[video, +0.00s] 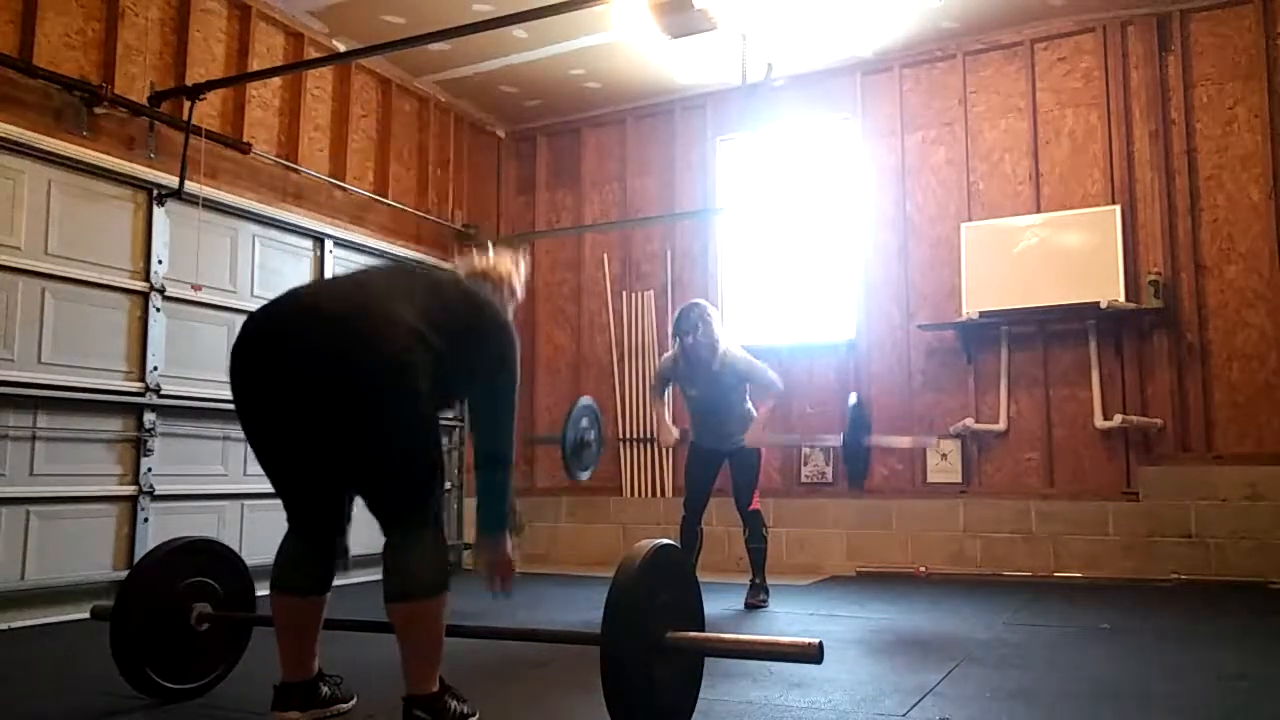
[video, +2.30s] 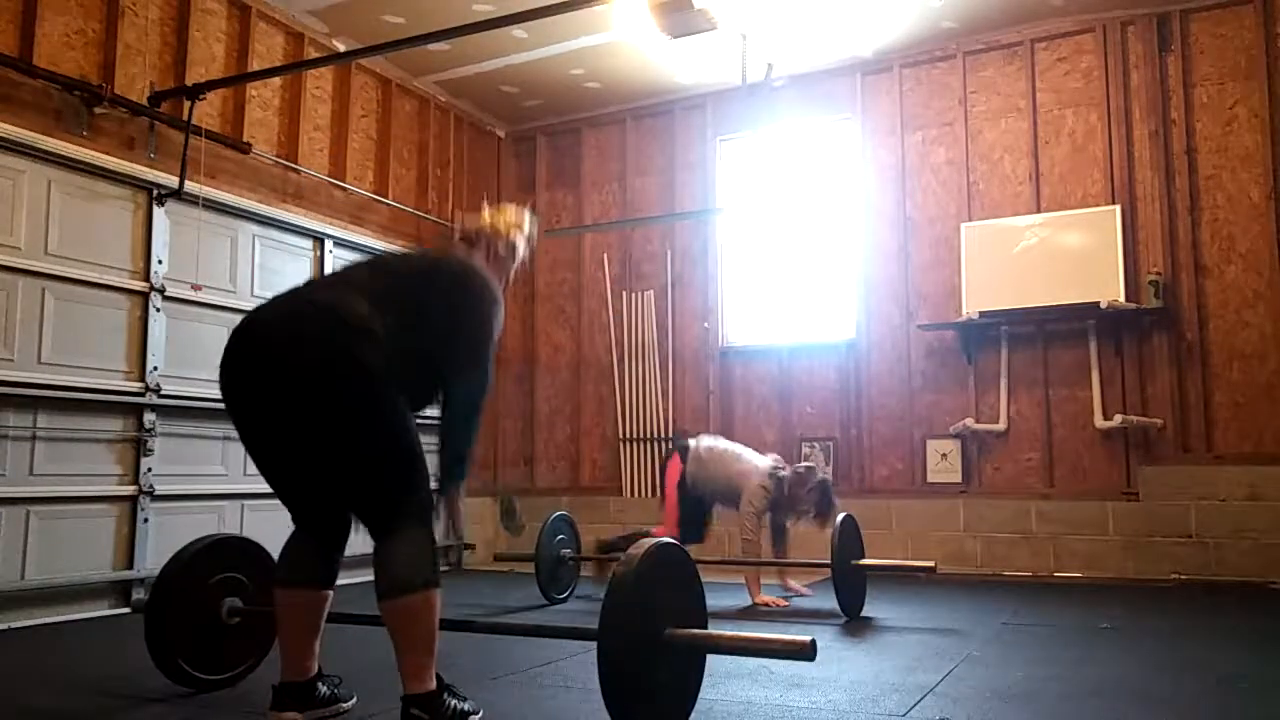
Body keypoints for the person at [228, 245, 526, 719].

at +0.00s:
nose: (513, 313)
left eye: (514, 304)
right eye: (515, 303)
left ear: (464, 276)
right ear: (508, 296)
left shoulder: (407, 284)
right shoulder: (492, 328)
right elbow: (493, 449)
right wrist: (494, 538)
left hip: (266, 351)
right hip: (373, 371)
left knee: (314, 521)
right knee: (413, 529)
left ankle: (297, 686)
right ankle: (424, 696)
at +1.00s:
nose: (494, 267)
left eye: (494, 259)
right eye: (493, 259)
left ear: (442, 234)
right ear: (485, 252)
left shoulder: (385, 254)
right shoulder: (475, 275)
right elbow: (497, 366)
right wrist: (494, 472)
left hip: (255, 345)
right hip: (357, 362)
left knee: (308, 518)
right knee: (407, 524)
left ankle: (294, 685)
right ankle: (424, 696)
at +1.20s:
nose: (500, 250)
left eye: (502, 242)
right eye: (501, 241)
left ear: (455, 205)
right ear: (493, 227)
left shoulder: (388, 227)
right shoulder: (480, 241)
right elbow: (491, 374)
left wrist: (236, 386)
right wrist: (480, 379)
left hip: (263, 355)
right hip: (362, 370)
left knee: (313, 518)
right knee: (406, 525)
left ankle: (293, 683)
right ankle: (421, 695)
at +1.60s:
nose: (493, 260)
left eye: (496, 252)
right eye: (493, 250)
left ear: (449, 221)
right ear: (478, 233)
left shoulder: (389, 247)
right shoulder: (472, 265)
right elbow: (494, 349)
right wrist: (497, 441)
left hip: (254, 346)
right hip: (351, 365)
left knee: (309, 518)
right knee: (399, 528)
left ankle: (294, 685)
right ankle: (420, 695)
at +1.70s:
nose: (495, 289)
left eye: (494, 277)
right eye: (496, 277)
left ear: (438, 257)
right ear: (488, 272)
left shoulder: (392, 280)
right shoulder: (475, 302)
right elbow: (491, 404)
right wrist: (500, 500)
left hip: (249, 361)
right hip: (353, 374)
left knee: (320, 519)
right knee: (411, 525)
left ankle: (297, 686)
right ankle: (425, 697)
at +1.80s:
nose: (495, 327)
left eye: (497, 318)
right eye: (496, 317)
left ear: (442, 294)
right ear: (488, 307)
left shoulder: (394, 319)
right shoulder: (473, 337)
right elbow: (492, 451)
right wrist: (500, 547)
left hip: (245, 384)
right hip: (349, 395)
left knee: (331, 521)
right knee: (422, 528)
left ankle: (298, 686)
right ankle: (426, 696)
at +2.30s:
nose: (505, 279)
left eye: (507, 268)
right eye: (506, 267)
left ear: (461, 242)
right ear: (497, 260)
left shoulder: (406, 268)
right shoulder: (475, 289)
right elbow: (466, 392)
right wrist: (451, 486)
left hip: (251, 358)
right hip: (340, 374)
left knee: (320, 518)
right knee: (405, 521)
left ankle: (297, 684)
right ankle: (422, 696)